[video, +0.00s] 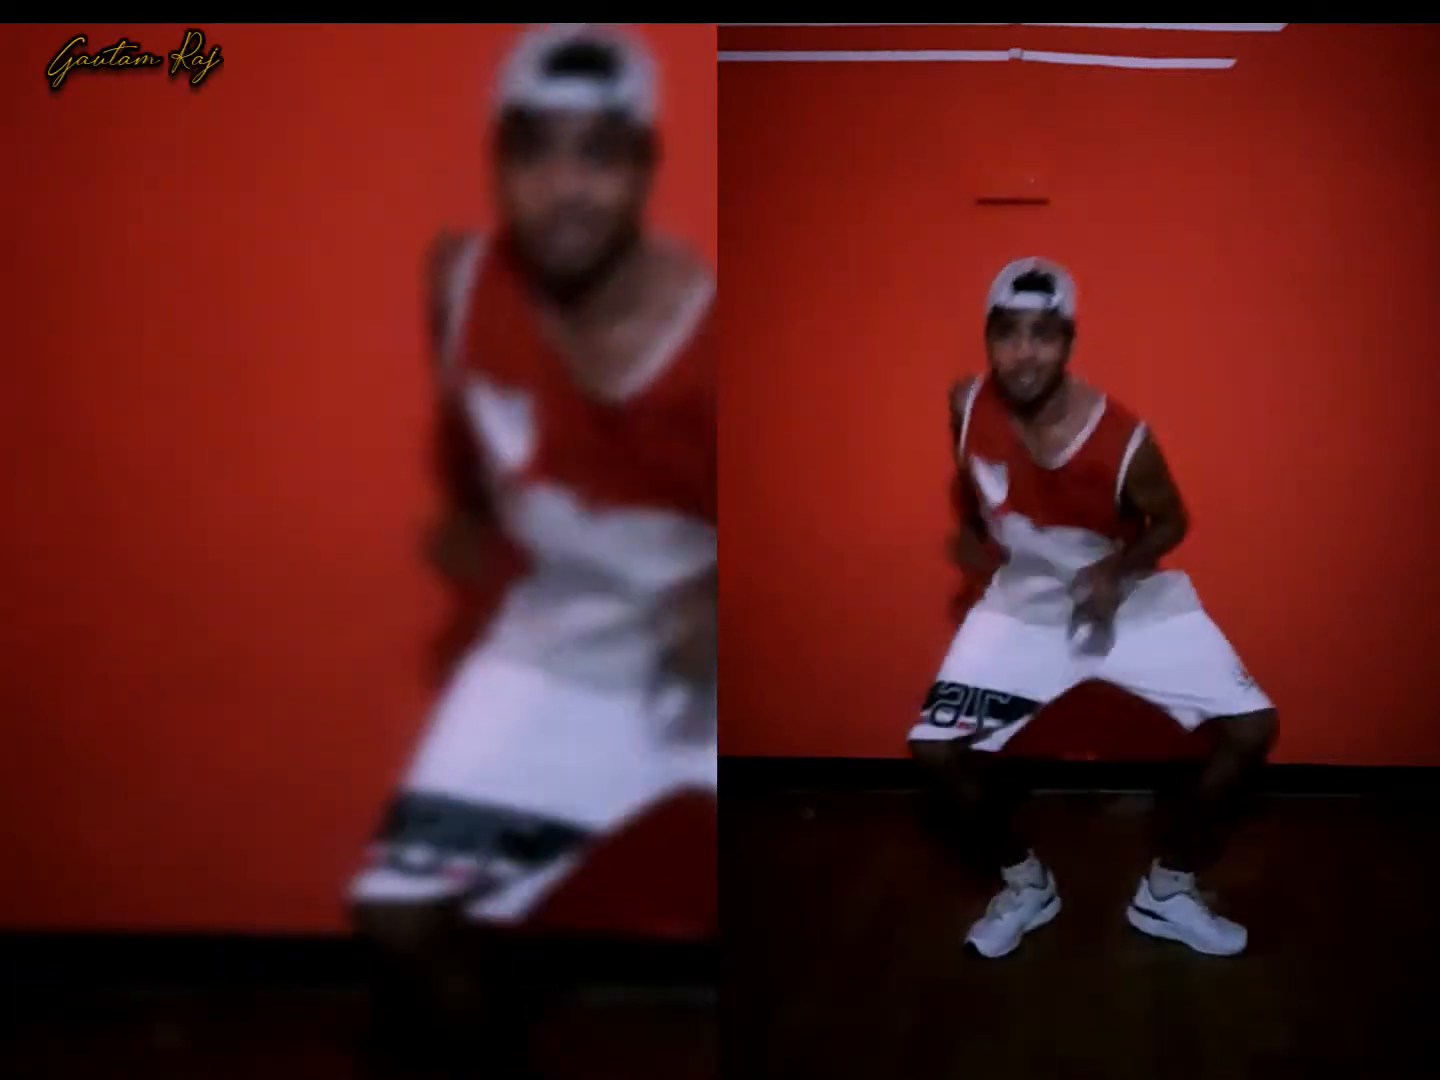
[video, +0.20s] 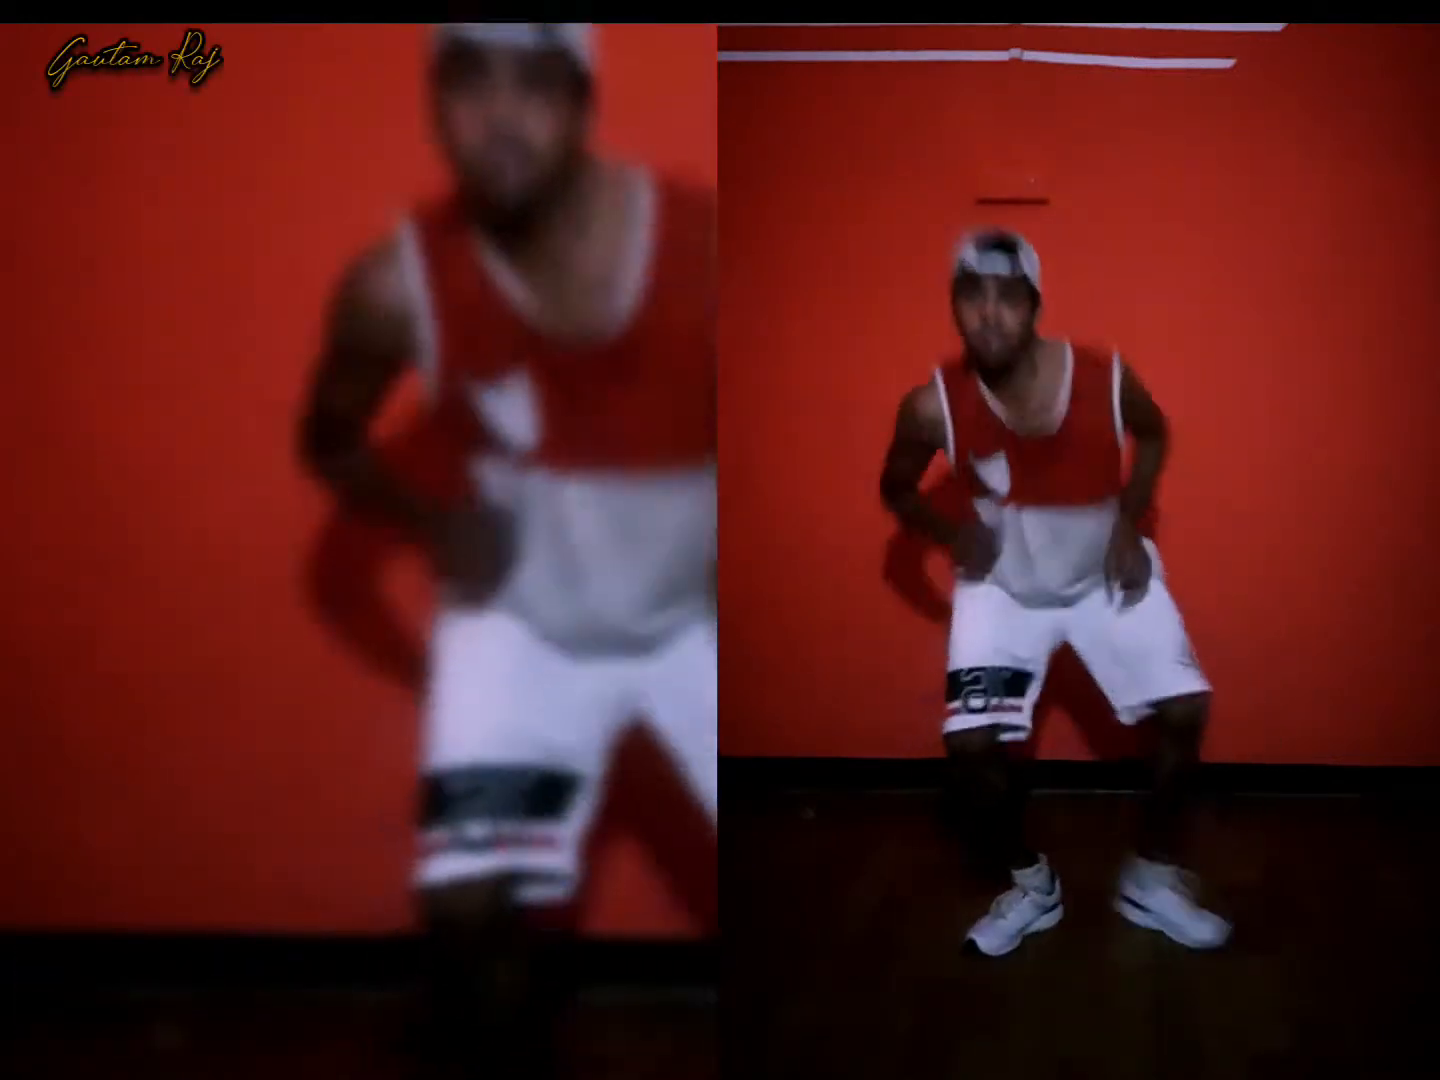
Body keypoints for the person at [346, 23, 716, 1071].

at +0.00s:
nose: (564, 186)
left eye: (599, 155)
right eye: (536, 153)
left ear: (647, 173)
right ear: (498, 170)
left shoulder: (720, 323)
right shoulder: (466, 280)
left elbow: (788, 491)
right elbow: (459, 438)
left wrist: (727, 599)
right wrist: (469, 524)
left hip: (697, 653)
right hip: (541, 647)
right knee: (405, 912)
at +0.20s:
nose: (498, 119)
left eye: (531, 85)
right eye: (469, 86)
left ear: (581, 104)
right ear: (438, 111)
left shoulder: (705, 242)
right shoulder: (402, 283)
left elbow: (793, 392)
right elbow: (328, 439)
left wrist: (747, 520)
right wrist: (435, 523)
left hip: (699, 626)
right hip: (515, 629)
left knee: (789, 902)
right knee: (474, 918)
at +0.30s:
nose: (427, 39)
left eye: (451, 17)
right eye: (408, 25)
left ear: (518, 16)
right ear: (391, 43)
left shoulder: (648, 98)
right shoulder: (376, 227)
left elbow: (712, 287)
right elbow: (367, 473)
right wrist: (478, 467)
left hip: (683, 584)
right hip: (503, 610)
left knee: (768, 860)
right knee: (491, 919)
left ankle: (609, 1016)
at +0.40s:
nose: (412, 46)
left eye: (436, 22)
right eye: (389, 27)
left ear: (493, 25)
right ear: (367, 45)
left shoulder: (587, 122)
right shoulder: (362, 223)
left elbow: (632, 311)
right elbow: (448, 483)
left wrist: (693, 411)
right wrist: (503, 341)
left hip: (651, 594)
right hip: (494, 607)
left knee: (618, 936)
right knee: (484, 940)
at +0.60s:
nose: (519, 68)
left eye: (551, 42)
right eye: (496, 39)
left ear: (596, 58)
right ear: (463, 50)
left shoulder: (631, 194)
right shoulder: (387, 184)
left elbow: (630, 391)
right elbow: (349, 439)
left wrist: (740, 431)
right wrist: (426, 405)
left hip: (575, 625)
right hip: (422, 608)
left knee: (512, 965)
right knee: (406, 940)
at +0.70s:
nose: (603, 47)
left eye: (632, 25)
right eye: (579, 22)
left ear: (671, 43)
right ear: (537, 34)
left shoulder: (694, 176)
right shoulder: (450, 157)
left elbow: (679, 341)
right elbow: (298, 388)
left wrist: (770, 441)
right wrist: (345, 545)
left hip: (562, 590)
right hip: (395, 584)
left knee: (610, 864)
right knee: (355, 899)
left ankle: (457, 1041)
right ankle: (302, 1078)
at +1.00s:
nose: (734, 123)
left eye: (750, 98)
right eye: (720, 91)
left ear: (786, 120)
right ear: (690, 95)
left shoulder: (799, 249)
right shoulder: (573, 201)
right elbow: (447, 340)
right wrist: (385, 519)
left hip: (704, 605)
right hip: (529, 588)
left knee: (734, 906)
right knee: (441, 888)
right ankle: (437, 1069)